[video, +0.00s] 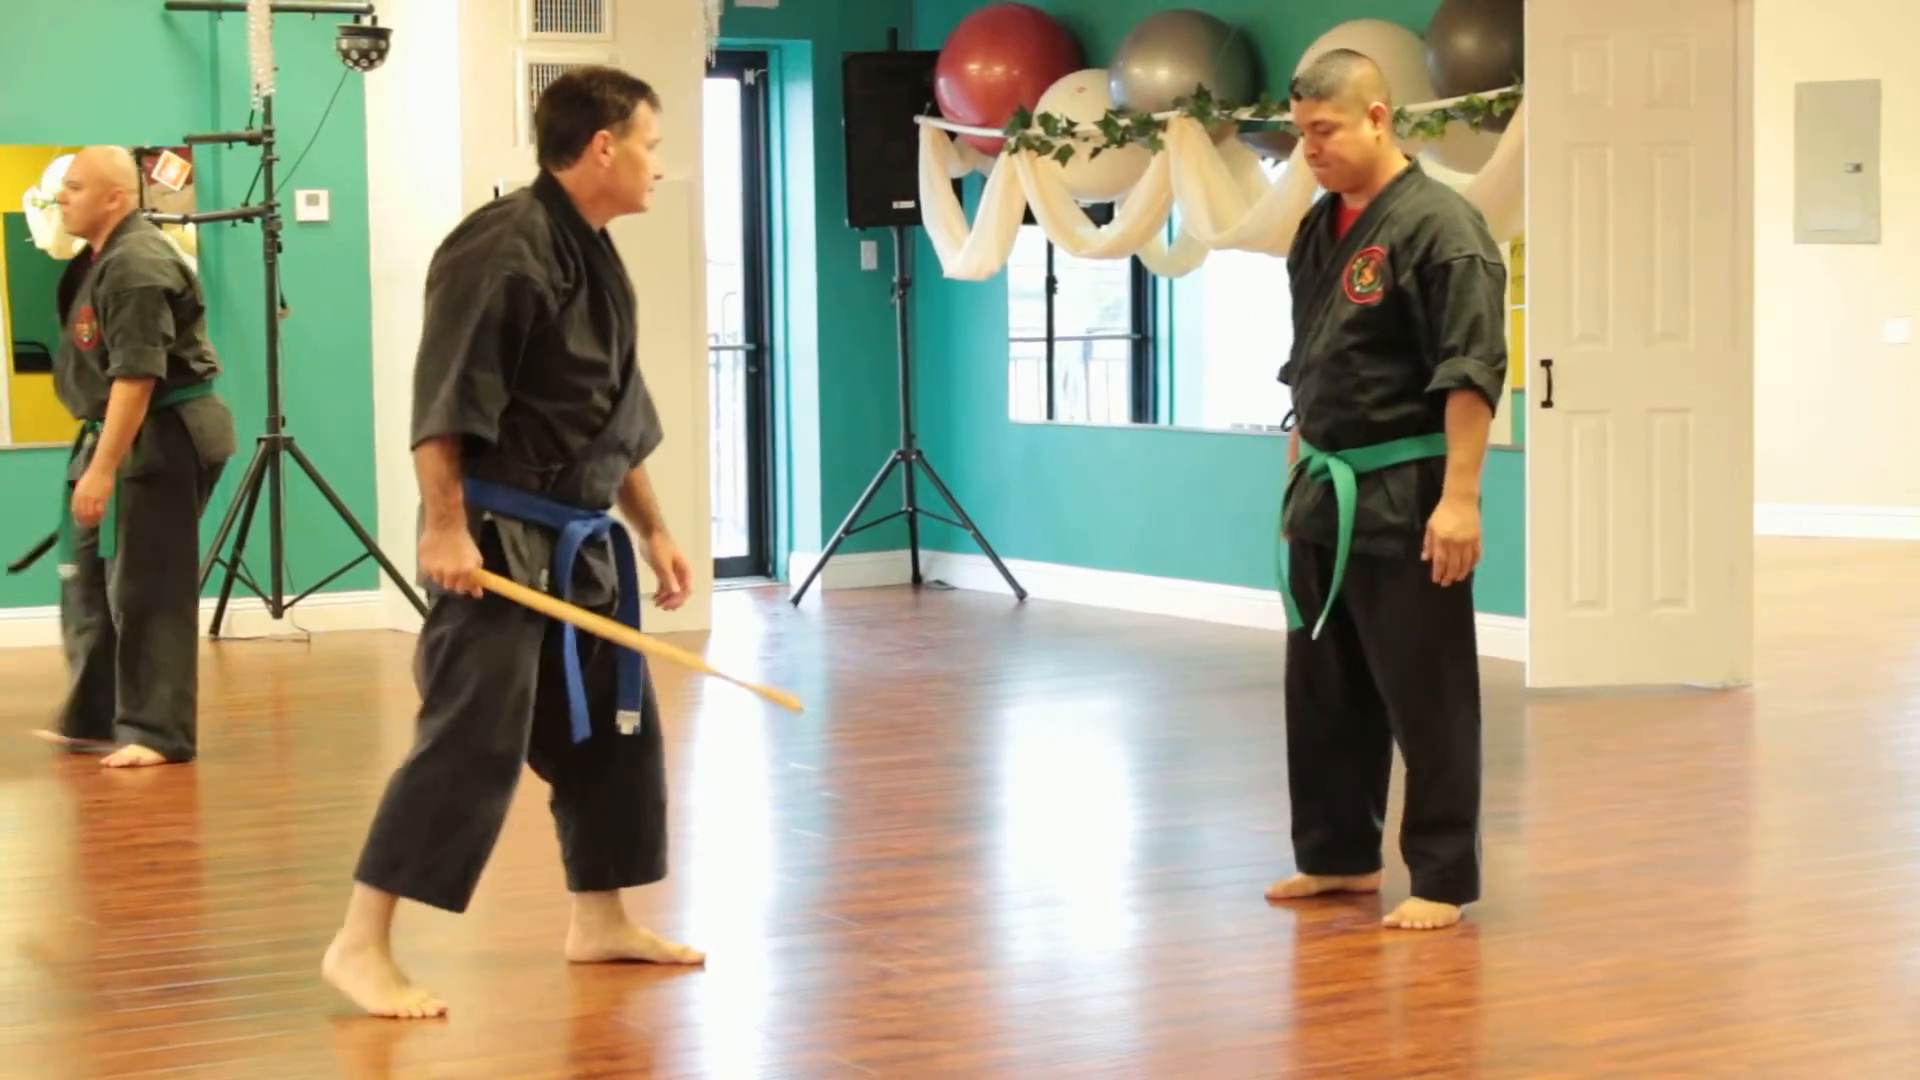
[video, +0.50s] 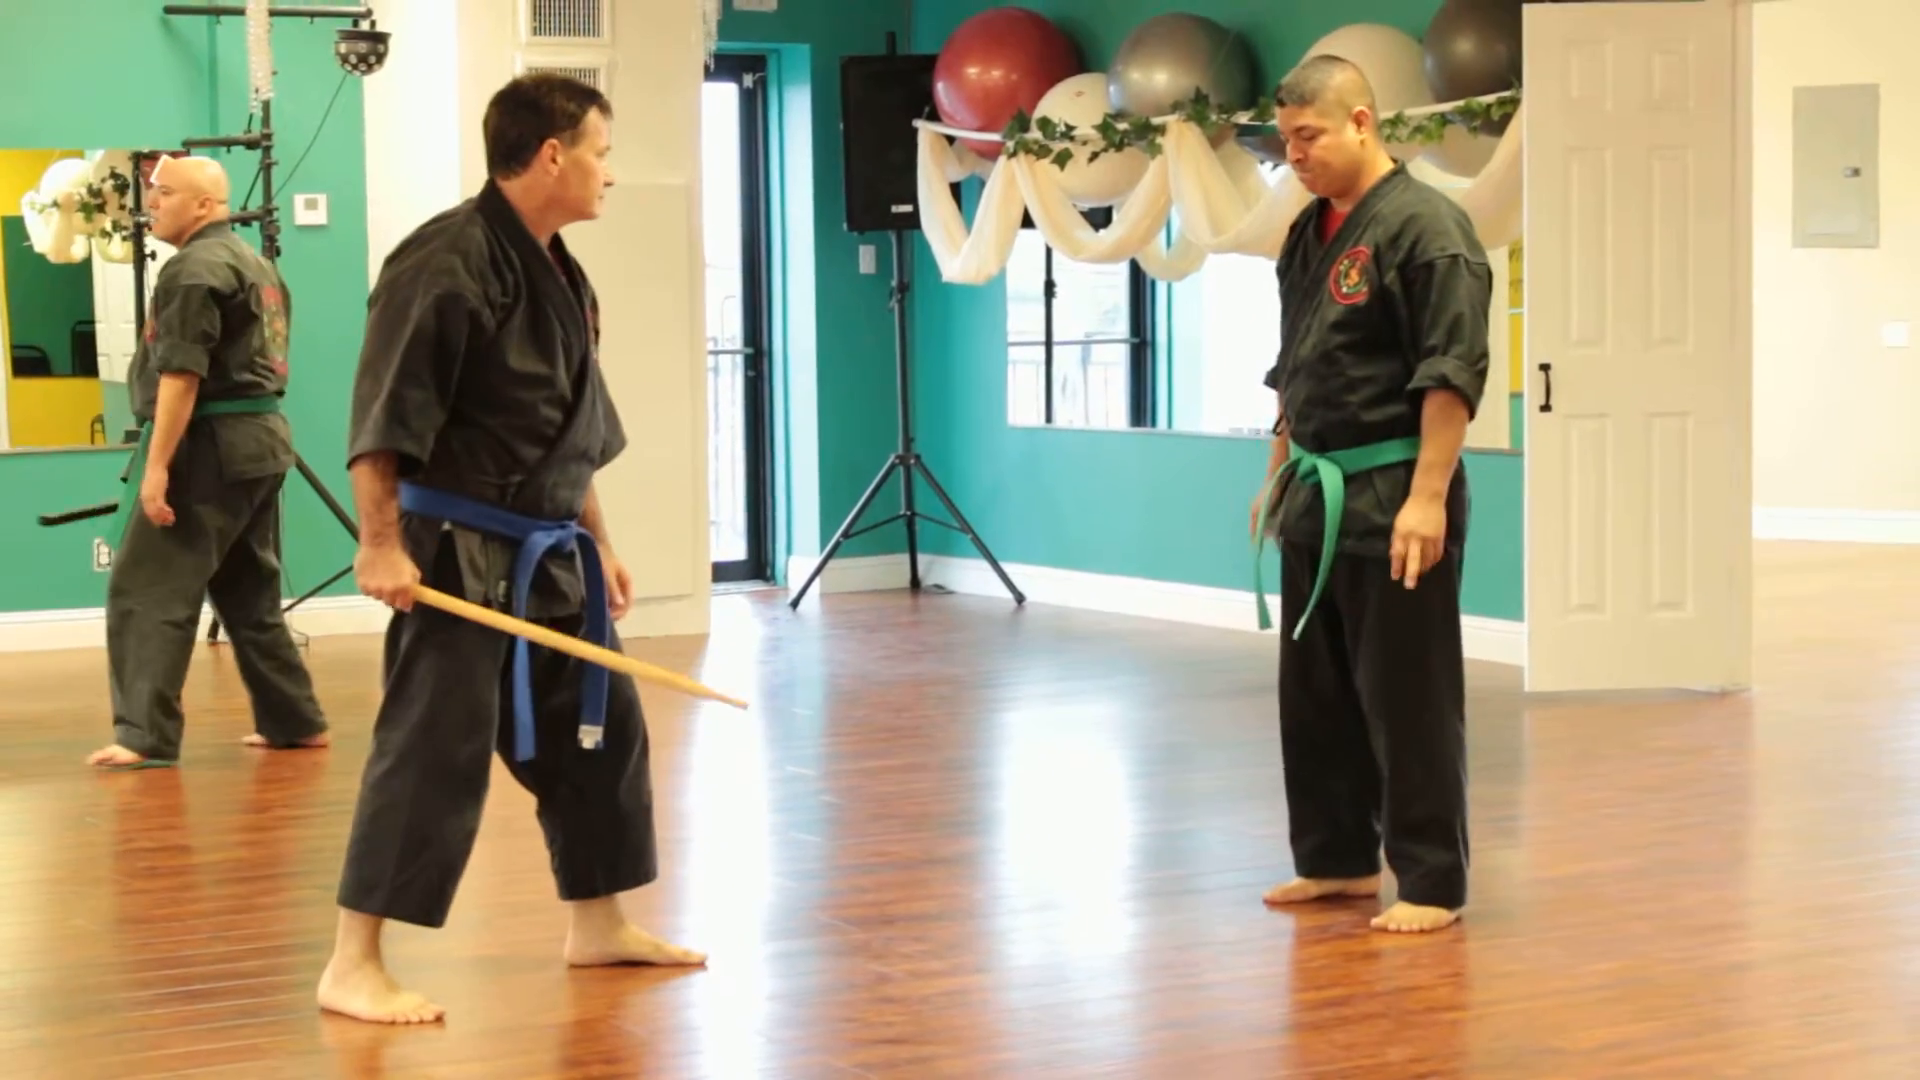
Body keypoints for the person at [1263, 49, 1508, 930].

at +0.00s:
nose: (1309, 149)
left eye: (1323, 131)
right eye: (1302, 134)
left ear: (1378, 119)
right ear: (1306, 134)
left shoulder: (1443, 223)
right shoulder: (1319, 226)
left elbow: (1471, 374)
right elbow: (1310, 364)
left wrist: (1461, 497)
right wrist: (1299, 465)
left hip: (1409, 480)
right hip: (1325, 480)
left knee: (1429, 689)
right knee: (1327, 679)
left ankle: (1442, 884)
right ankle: (1340, 860)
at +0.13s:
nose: (1298, 148)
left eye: (1313, 130)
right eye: (1292, 133)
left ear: (1368, 118)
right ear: (1296, 134)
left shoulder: (1432, 222)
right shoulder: (1309, 227)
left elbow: (1461, 372)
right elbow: (1299, 366)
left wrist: (1450, 495)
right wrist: (1276, 470)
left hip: (1401, 478)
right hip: (1318, 480)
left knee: (1420, 685)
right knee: (1323, 677)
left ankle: (1438, 880)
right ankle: (1338, 859)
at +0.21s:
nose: (1291, 150)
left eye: (1305, 133)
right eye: (1284, 135)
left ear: (1361, 120)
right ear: (1289, 136)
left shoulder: (1427, 223)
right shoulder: (1305, 229)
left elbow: (1454, 375)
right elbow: (1295, 367)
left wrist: (1438, 496)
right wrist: (1264, 469)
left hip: (1399, 480)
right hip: (1315, 481)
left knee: (1416, 684)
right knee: (1322, 680)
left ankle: (1438, 877)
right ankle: (1339, 861)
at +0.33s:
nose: (1291, 155)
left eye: (1304, 135)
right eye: (1283, 140)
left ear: (1358, 120)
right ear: (1284, 140)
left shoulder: (1425, 223)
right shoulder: (1304, 228)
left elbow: (1450, 375)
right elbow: (1292, 369)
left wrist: (1427, 495)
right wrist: (1261, 473)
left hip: (1395, 483)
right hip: (1312, 483)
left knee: (1412, 688)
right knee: (1320, 681)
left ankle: (1432, 884)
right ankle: (1340, 863)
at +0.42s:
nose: (1291, 154)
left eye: (1304, 137)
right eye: (1284, 139)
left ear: (1361, 123)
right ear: (1290, 138)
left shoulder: (1427, 225)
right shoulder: (1306, 231)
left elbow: (1450, 378)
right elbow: (1292, 369)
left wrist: (1425, 499)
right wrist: (1268, 470)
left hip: (1396, 482)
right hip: (1315, 483)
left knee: (1407, 687)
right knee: (1319, 681)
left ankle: (1431, 885)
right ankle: (1340, 862)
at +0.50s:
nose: (1294, 156)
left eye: (1307, 138)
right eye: (1287, 141)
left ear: (1362, 123)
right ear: (1294, 141)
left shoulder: (1429, 224)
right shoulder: (1307, 231)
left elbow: (1452, 376)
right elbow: (1297, 368)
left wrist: (1429, 495)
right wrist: (1281, 466)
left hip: (1398, 480)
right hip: (1315, 481)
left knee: (1408, 689)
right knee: (1319, 680)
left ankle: (1431, 885)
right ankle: (1339, 862)